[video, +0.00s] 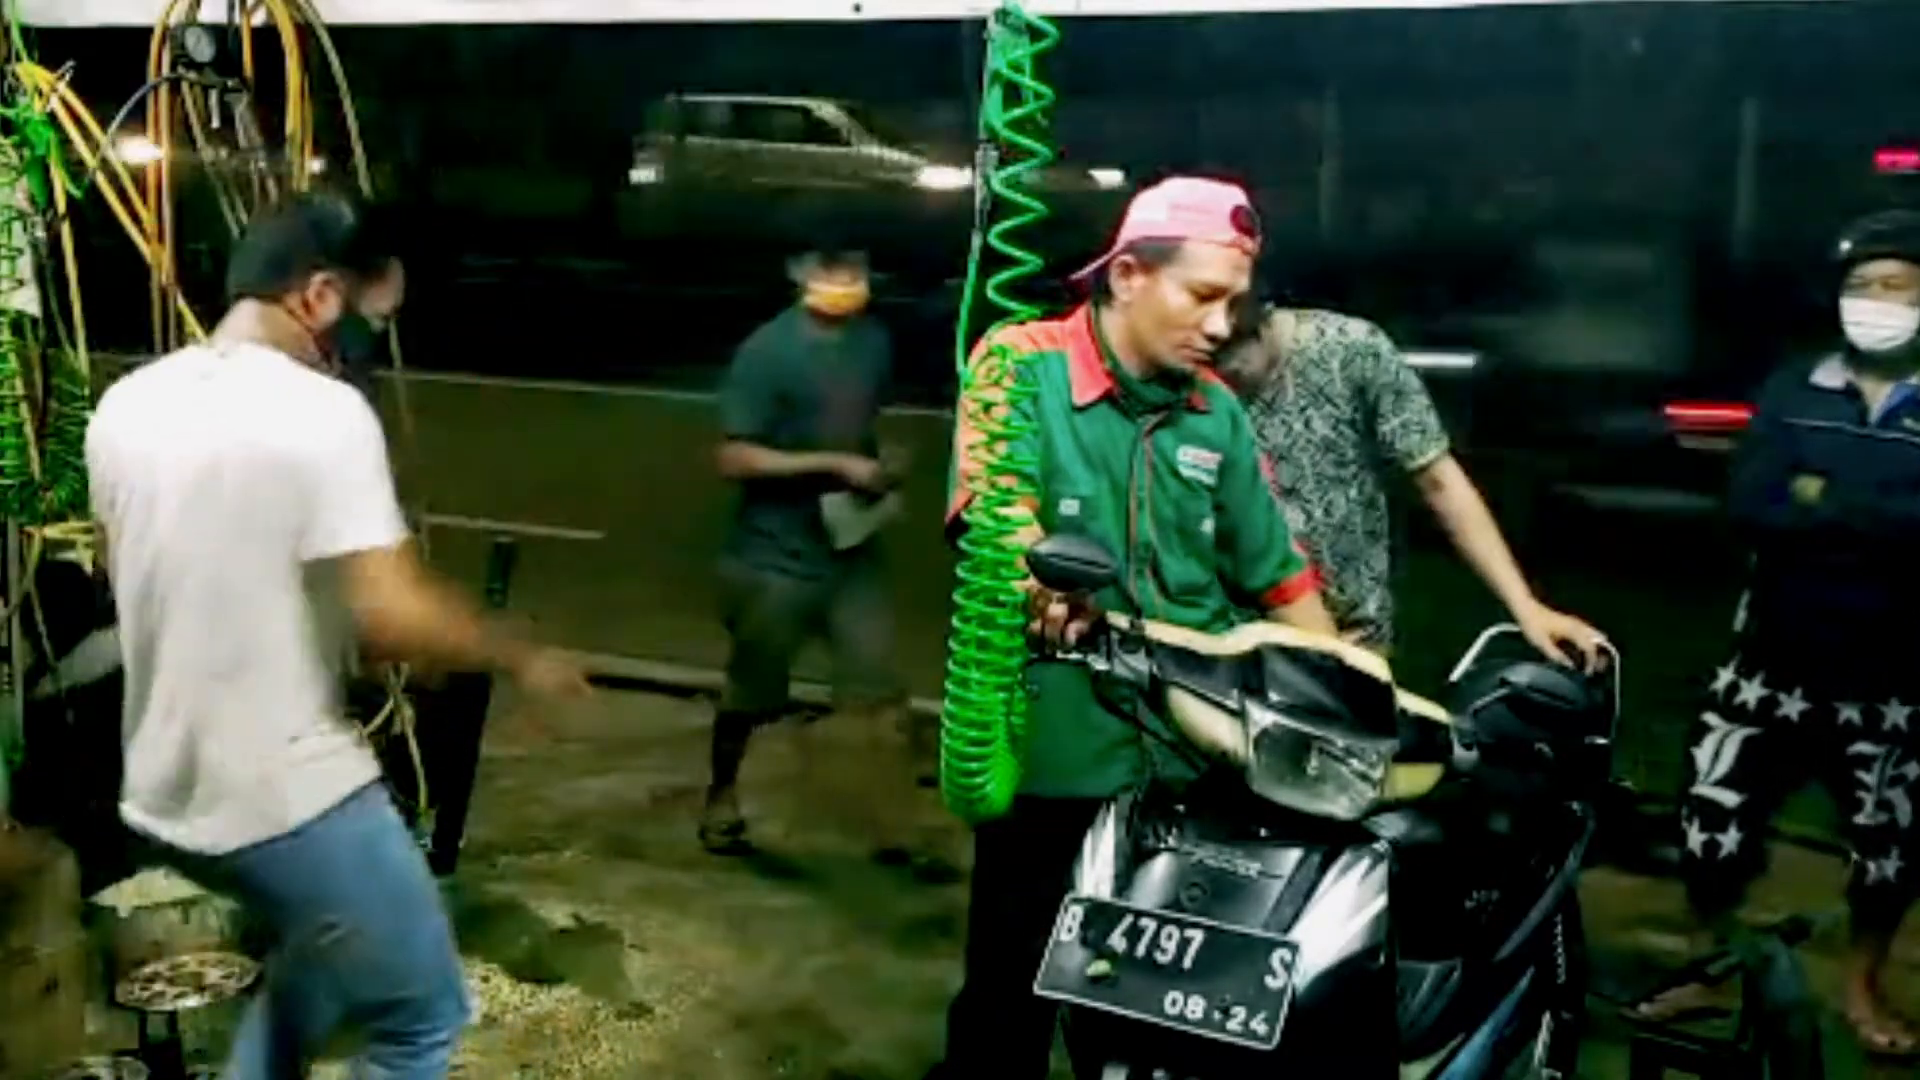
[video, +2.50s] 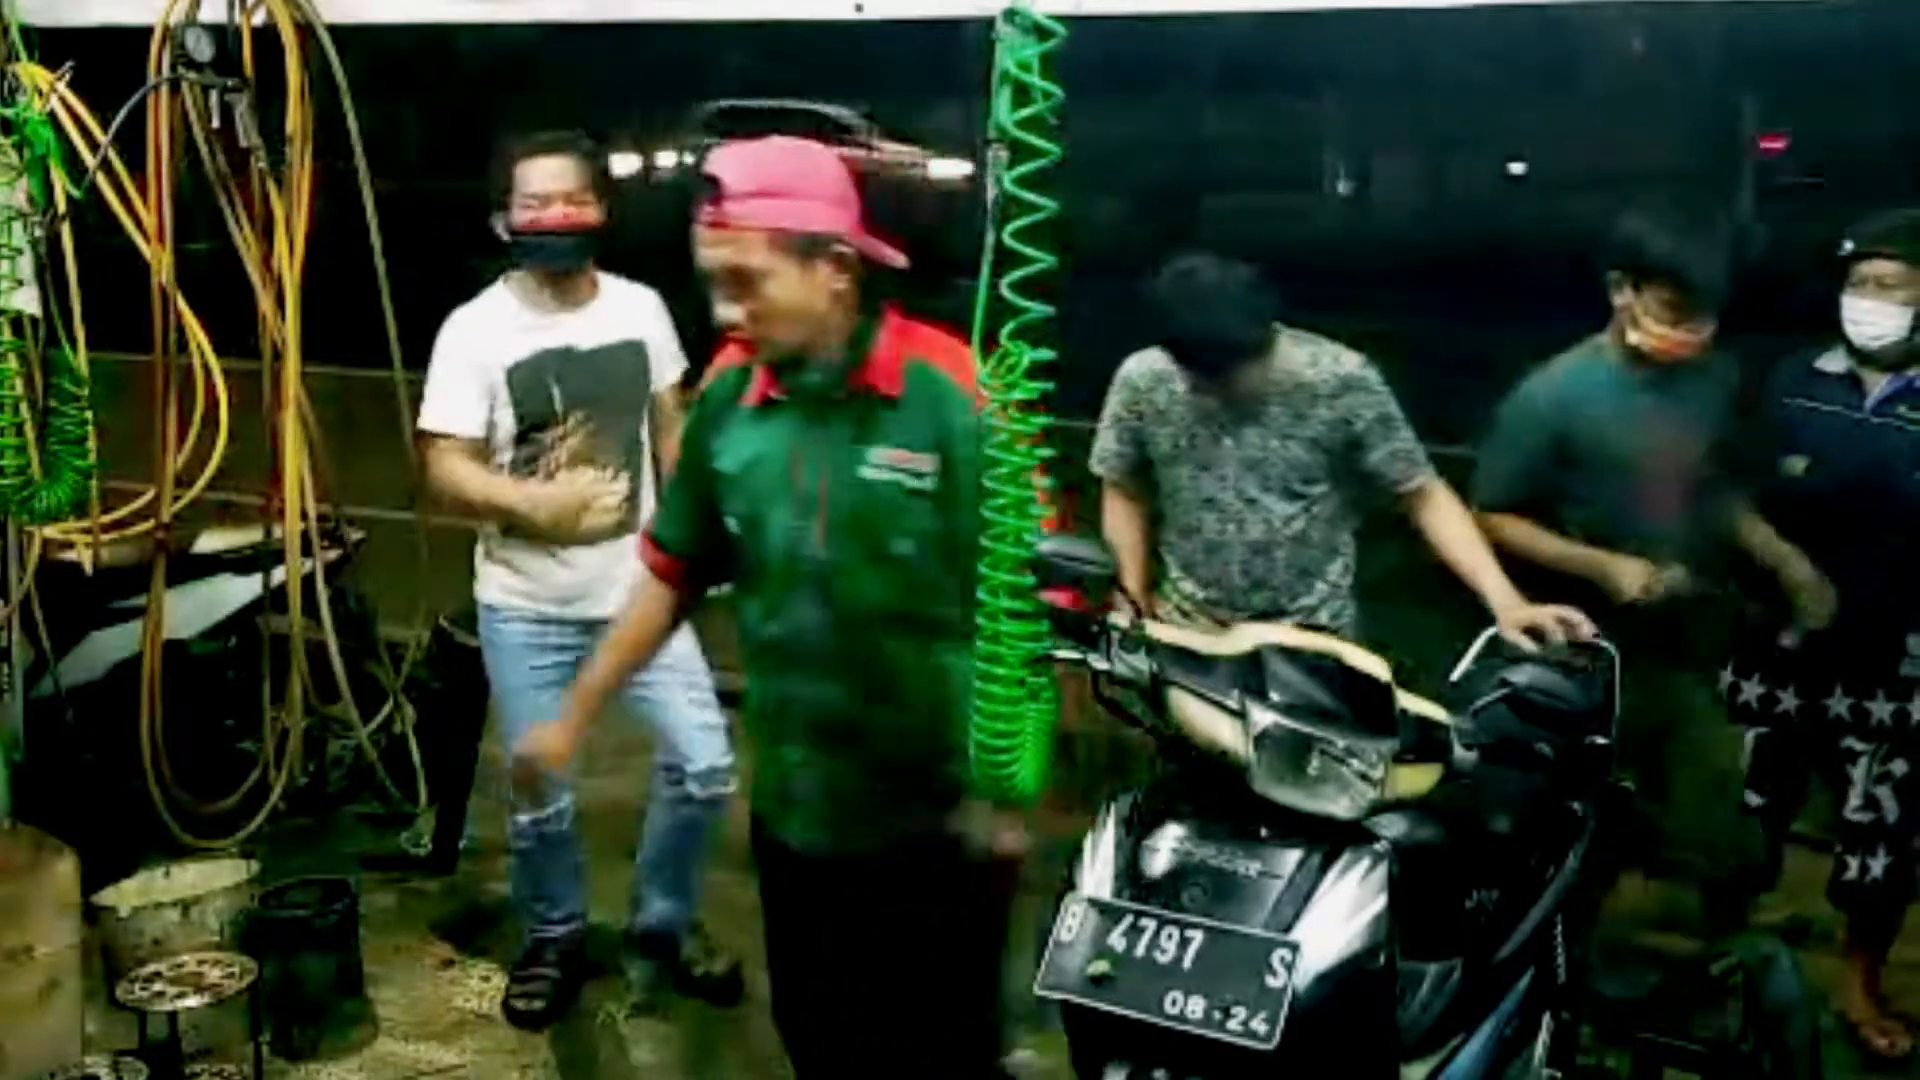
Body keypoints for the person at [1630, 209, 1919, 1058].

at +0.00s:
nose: (1874, 306)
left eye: (1895, 291)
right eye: (1862, 289)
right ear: (1838, 299)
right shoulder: (1796, 392)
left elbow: (1911, 517)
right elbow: (1748, 497)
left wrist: (1810, 488)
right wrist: (1869, 508)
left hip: (1889, 664)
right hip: (1777, 655)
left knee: (1890, 852)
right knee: (1709, 824)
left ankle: (1861, 983)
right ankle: (1708, 965)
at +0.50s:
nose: (1904, 302)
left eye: (1917, 287)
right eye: (1891, 285)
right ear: (1865, 297)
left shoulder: (1919, 412)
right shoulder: (1814, 392)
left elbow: (1908, 515)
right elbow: (1765, 503)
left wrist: (1831, 484)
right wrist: (1880, 512)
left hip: (1899, 669)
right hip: (1795, 657)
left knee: (1896, 850)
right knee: (1722, 824)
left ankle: (1863, 989)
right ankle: (1709, 968)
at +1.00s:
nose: (1916, 305)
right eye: (1906, 288)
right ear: (1880, 300)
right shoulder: (1832, 391)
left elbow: (1912, 515)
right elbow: (1783, 496)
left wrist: (1845, 482)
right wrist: (1893, 504)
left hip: (1903, 666)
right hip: (1800, 651)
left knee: (1896, 855)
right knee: (1726, 826)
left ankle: (1863, 988)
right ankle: (1710, 933)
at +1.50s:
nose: (1903, 301)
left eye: (1918, 287)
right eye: (1892, 285)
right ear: (1866, 298)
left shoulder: (1919, 413)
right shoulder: (1814, 387)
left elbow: (1907, 507)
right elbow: (1765, 485)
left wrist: (1828, 472)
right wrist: (1876, 509)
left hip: (1893, 659)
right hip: (1786, 644)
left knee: (1885, 843)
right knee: (1733, 816)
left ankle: (1858, 979)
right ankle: (1722, 939)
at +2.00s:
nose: (1897, 301)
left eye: (1913, 288)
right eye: (1885, 284)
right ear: (1858, 293)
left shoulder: (1918, 412)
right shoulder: (1807, 385)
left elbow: (1910, 517)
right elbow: (1761, 484)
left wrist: (1820, 475)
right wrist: (1871, 520)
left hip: (1889, 660)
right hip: (1782, 644)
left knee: (1884, 841)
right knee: (1737, 813)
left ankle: (1862, 981)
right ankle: (1716, 944)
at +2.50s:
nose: (1876, 306)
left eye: (1896, 292)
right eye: (1864, 288)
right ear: (1838, 296)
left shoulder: (1918, 406)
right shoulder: (1787, 388)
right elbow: (1725, 496)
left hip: (1892, 656)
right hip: (1784, 643)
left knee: (1886, 837)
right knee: (1757, 808)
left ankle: (1862, 984)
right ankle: (1724, 942)